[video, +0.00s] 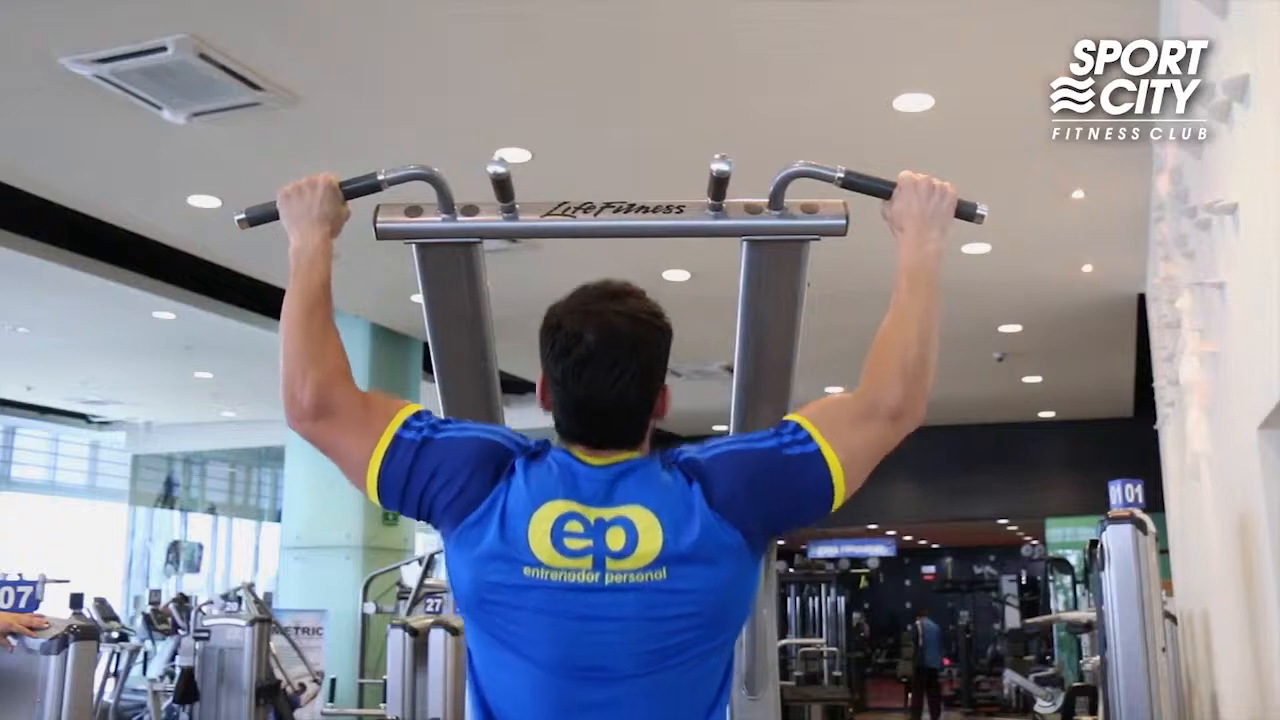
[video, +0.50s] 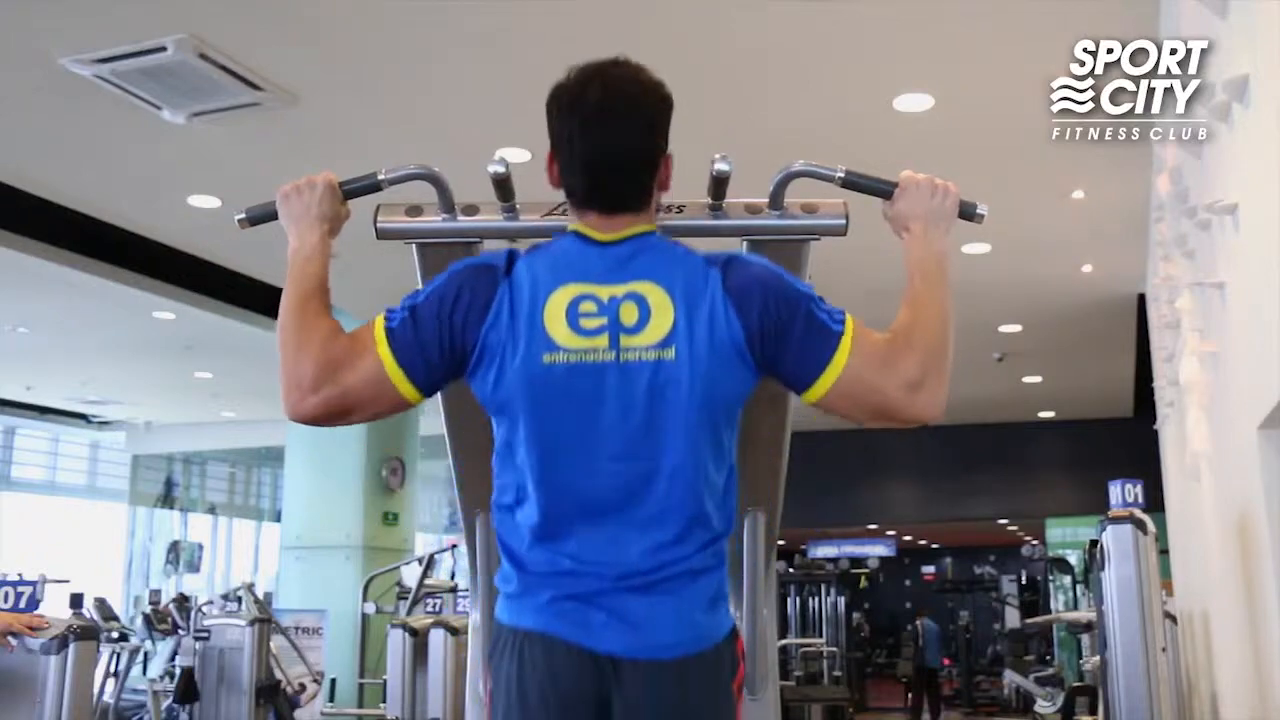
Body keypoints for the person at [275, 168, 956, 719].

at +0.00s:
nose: (665, 386)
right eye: (665, 376)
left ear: (541, 391)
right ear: (662, 398)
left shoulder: (480, 485)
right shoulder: (727, 494)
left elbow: (316, 401)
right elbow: (889, 405)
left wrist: (309, 240)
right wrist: (921, 242)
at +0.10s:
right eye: (666, 334)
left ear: (543, 354)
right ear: (664, 360)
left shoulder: (479, 456)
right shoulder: (730, 460)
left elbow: (307, 400)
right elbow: (905, 406)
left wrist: (307, 240)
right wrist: (924, 244)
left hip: (525, 710)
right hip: (687, 710)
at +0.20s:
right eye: (663, 290)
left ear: (547, 310)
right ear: (663, 313)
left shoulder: (480, 417)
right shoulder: (731, 419)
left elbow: (301, 398)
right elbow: (918, 402)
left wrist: (308, 241)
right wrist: (926, 244)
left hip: (530, 710)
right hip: (684, 710)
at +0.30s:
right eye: (664, 246)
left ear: (545, 263)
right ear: (664, 269)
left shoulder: (480, 379)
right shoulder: (735, 377)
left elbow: (295, 394)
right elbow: (925, 398)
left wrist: (307, 238)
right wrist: (926, 239)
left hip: (531, 699)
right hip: (684, 698)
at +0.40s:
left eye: (550, 191)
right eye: (667, 196)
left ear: (548, 215)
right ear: (665, 215)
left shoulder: (486, 332)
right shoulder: (736, 331)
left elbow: (300, 393)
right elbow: (923, 394)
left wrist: (306, 238)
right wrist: (928, 239)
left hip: (536, 687)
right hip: (686, 687)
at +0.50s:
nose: (669, 163)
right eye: (666, 151)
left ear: (552, 173)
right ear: (667, 172)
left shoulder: (489, 294)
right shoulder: (736, 293)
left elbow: (312, 390)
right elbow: (913, 391)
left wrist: (307, 239)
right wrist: (928, 238)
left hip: (537, 651)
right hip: (683, 653)